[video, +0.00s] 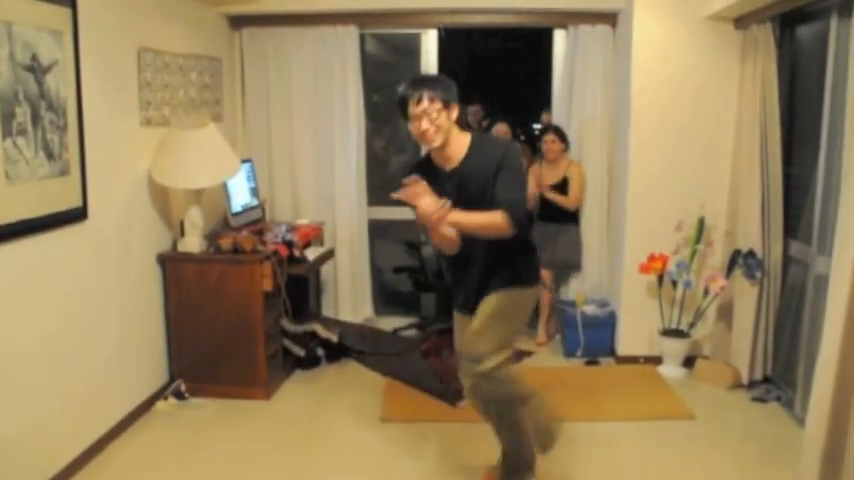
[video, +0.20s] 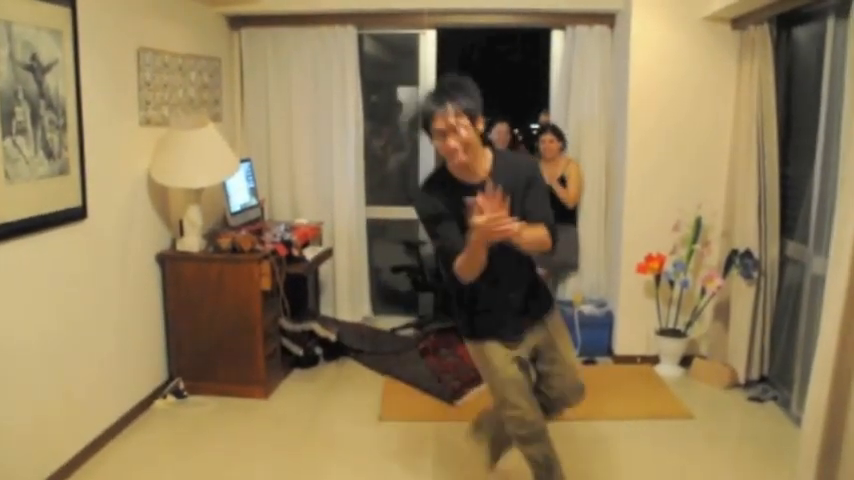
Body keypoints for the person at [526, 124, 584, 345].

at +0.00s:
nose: (548, 147)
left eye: (553, 142)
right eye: (545, 142)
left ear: (563, 146)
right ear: (540, 146)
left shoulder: (573, 168)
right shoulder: (536, 169)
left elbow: (573, 203)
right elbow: (530, 202)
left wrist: (547, 192)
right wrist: (533, 189)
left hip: (565, 227)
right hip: (542, 226)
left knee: (546, 275)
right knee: (548, 279)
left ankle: (543, 325)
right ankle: (553, 321)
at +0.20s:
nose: (547, 146)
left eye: (551, 141)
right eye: (543, 141)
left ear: (561, 145)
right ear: (538, 145)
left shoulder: (570, 167)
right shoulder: (535, 167)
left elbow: (571, 200)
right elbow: (528, 198)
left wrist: (553, 183)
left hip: (564, 228)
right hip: (538, 227)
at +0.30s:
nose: (547, 146)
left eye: (551, 141)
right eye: (543, 142)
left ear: (561, 144)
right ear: (538, 146)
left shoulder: (569, 166)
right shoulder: (535, 169)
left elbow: (568, 197)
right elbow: (530, 199)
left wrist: (559, 172)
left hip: (563, 228)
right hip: (539, 227)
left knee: (551, 280)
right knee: (540, 280)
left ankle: (550, 326)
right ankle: (547, 327)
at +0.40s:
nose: (546, 146)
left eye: (551, 141)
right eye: (543, 141)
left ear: (560, 144)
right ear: (538, 146)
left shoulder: (569, 165)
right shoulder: (537, 167)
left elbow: (569, 198)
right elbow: (531, 198)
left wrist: (561, 171)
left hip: (561, 225)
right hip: (539, 224)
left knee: (538, 274)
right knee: (544, 279)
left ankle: (536, 319)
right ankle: (548, 323)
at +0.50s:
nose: (545, 146)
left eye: (550, 141)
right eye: (542, 141)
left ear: (559, 144)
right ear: (537, 145)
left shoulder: (568, 166)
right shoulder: (538, 167)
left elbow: (568, 200)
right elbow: (532, 197)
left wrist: (553, 177)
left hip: (559, 225)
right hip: (539, 223)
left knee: (538, 273)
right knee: (543, 279)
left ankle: (535, 319)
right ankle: (547, 323)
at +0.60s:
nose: (545, 146)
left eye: (550, 141)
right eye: (541, 141)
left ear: (559, 144)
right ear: (536, 145)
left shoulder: (567, 167)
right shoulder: (534, 168)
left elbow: (569, 202)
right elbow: (529, 195)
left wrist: (544, 194)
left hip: (558, 226)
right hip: (537, 224)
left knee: (544, 274)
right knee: (539, 274)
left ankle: (535, 319)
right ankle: (545, 320)